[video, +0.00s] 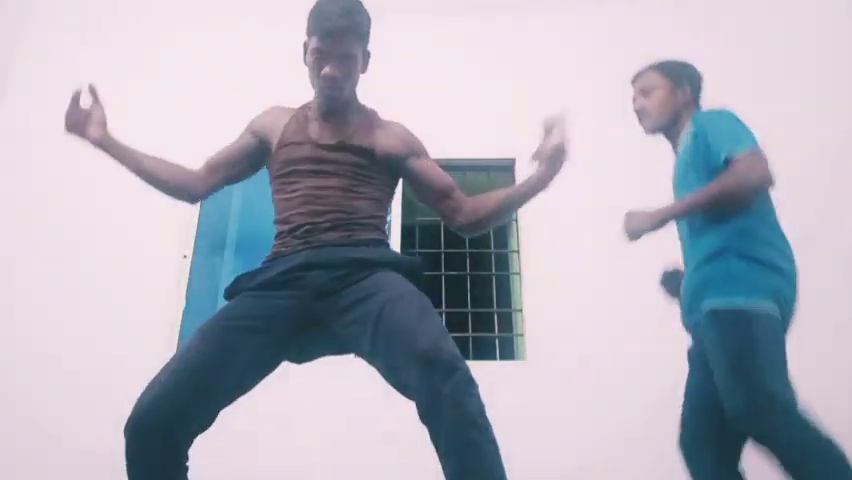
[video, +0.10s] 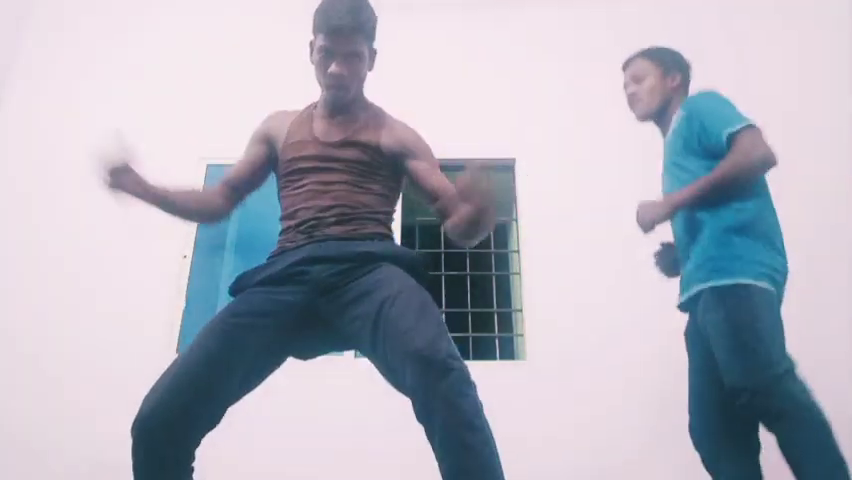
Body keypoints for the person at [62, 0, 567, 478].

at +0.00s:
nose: (335, 71)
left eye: (348, 59)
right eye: (324, 57)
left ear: (368, 61)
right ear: (306, 55)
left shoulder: (395, 139)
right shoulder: (274, 126)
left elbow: (463, 212)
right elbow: (195, 183)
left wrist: (536, 179)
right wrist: (103, 137)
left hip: (370, 283)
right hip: (280, 287)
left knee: (445, 374)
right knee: (151, 426)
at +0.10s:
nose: (337, 67)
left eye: (351, 56)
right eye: (327, 54)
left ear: (371, 58)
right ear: (312, 54)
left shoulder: (397, 135)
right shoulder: (279, 127)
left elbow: (458, 227)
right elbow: (218, 201)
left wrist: (475, 211)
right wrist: (145, 190)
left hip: (372, 273)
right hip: (286, 279)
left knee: (439, 370)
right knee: (159, 423)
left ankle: (481, 476)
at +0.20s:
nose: (340, 66)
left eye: (354, 54)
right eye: (330, 53)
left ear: (374, 58)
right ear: (314, 55)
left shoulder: (395, 132)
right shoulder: (280, 131)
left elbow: (456, 222)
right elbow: (236, 214)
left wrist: (430, 249)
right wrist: (194, 226)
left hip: (373, 277)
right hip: (287, 284)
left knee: (437, 369)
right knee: (159, 425)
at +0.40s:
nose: (300, 70)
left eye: (312, 60)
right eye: (291, 59)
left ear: (331, 63)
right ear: (277, 61)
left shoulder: (358, 136)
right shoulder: (245, 150)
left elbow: (417, 204)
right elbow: (227, 245)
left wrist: (429, 233)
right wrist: (184, 280)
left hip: (345, 282)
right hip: (258, 291)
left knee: (409, 375)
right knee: (134, 428)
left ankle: (465, 474)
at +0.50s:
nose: (277, 39)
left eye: (289, 28)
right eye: (267, 27)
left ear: (307, 33)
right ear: (251, 33)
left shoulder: (334, 104)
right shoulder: (218, 115)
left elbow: (384, 168)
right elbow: (202, 201)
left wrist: (414, 197)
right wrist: (154, 234)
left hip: (321, 254)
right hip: (234, 258)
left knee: (378, 367)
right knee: (158, 404)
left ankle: (432, 475)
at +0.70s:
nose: (277, 4)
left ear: (307, 7)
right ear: (254, 5)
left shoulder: (333, 70)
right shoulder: (221, 65)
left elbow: (374, 148)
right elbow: (187, 149)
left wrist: (394, 189)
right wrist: (140, 165)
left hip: (307, 216)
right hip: (226, 215)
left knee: (352, 340)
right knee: (153, 352)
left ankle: (349, 475)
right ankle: (142, 476)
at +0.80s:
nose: (282, 17)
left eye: (294, 8)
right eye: (273, 7)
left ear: (308, 19)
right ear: (257, 13)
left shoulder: (331, 94)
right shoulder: (218, 82)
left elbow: (363, 170)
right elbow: (180, 165)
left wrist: (382, 213)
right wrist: (143, 176)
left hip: (299, 237)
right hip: (219, 232)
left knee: (332, 360)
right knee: (142, 371)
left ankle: (327, 476)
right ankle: (118, 475)